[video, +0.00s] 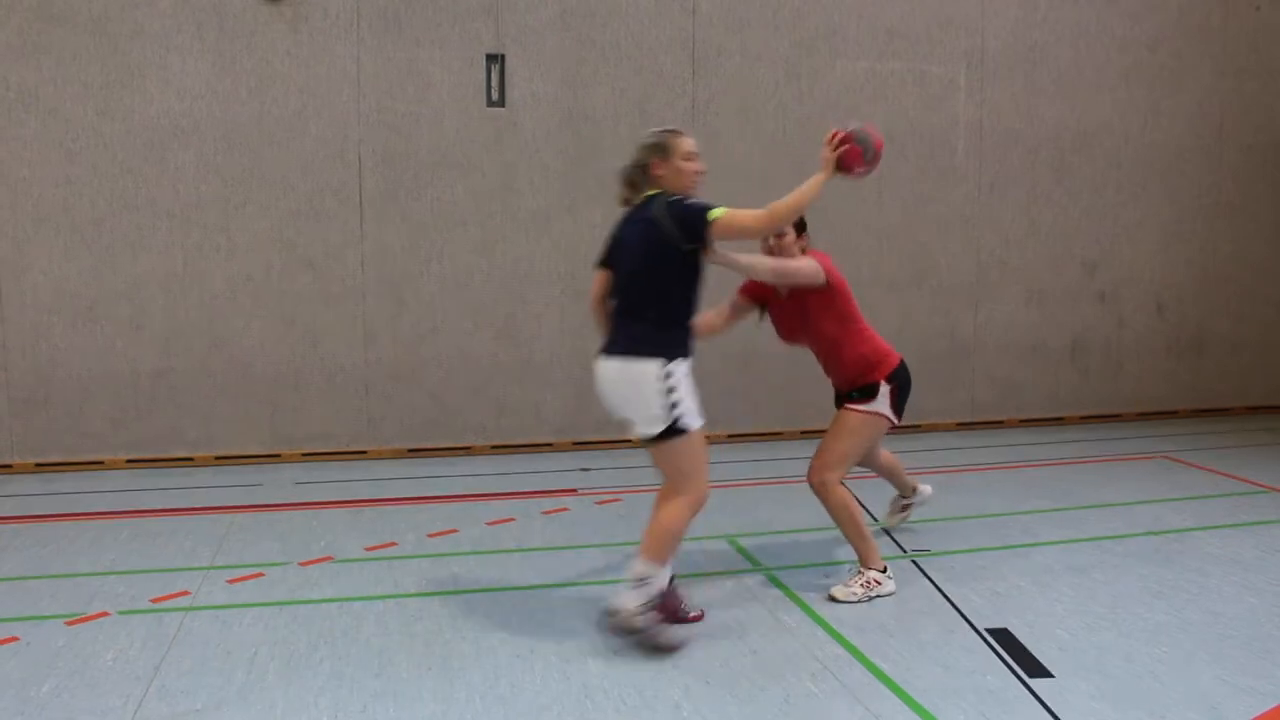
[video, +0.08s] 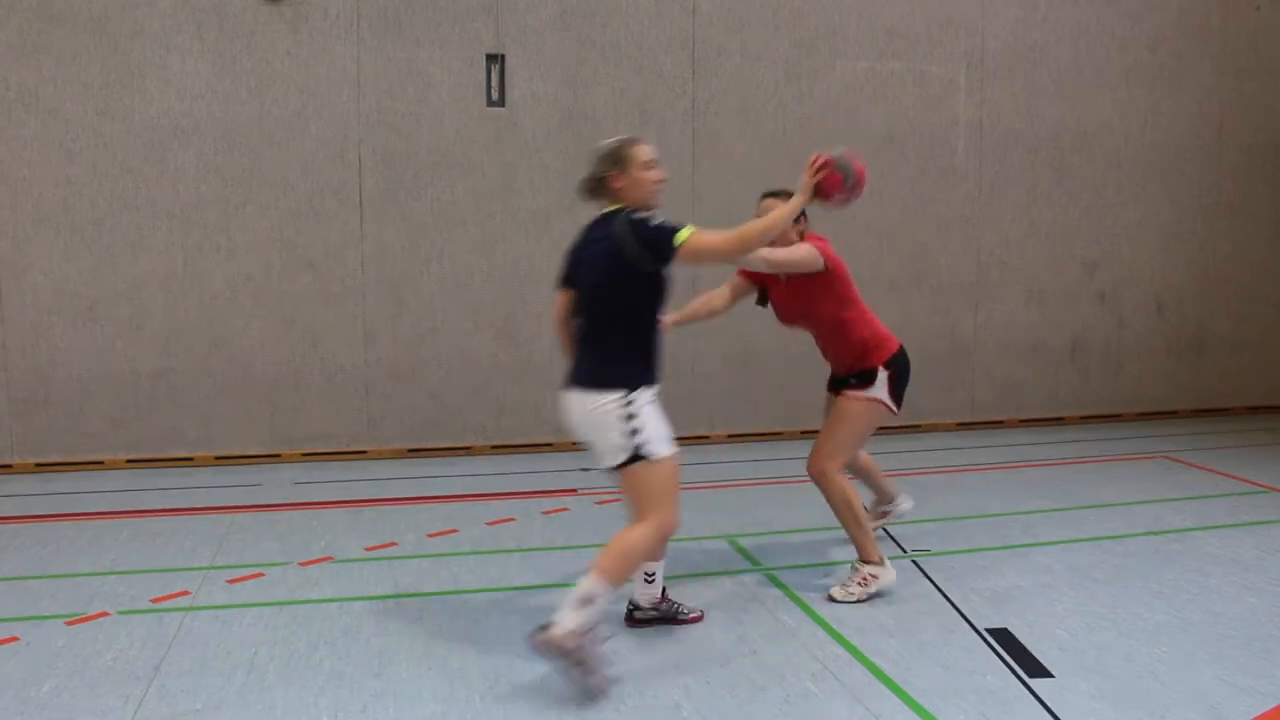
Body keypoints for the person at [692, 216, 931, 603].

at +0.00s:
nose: (772, 243)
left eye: (781, 235)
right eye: (767, 237)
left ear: (801, 239)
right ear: (760, 243)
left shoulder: (818, 267)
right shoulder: (760, 285)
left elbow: (774, 271)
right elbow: (719, 319)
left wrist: (718, 255)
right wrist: (673, 326)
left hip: (880, 379)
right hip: (849, 386)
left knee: (824, 475)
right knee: (865, 452)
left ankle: (875, 570)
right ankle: (909, 490)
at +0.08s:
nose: (769, 232)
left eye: (777, 225)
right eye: (764, 226)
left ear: (800, 225)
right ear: (756, 230)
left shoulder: (817, 251)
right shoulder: (759, 269)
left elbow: (773, 259)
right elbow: (721, 298)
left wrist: (731, 248)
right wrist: (673, 319)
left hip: (878, 364)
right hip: (846, 369)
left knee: (824, 467)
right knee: (840, 448)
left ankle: (874, 566)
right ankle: (889, 497)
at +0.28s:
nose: (756, 242)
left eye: (764, 234)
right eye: (751, 235)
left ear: (792, 233)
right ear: (752, 238)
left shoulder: (815, 263)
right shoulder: (764, 277)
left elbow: (786, 278)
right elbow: (710, 309)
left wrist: (719, 259)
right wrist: (659, 315)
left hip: (872, 384)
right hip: (834, 385)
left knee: (811, 474)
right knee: (791, 459)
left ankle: (846, 586)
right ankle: (840, 516)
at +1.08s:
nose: (745, 221)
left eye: (752, 214)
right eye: (744, 214)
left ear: (778, 218)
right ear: (755, 220)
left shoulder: (801, 250)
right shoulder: (765, 256)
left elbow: (808, 309)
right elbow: (755, 308)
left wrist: (752, 304)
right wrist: (712, 317)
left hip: (850, 348)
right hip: (821, 350)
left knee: (807, 434)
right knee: (797, 430)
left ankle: (823, 537)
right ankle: (830, 495)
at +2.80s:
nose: (762, 229)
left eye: (768, 221)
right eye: (761, 221)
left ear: (795, 221)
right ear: (791, 223)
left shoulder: (813, 247)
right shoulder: (797, 260)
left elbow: (777, 295)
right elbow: (768, 318)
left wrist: (724, 268)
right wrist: (714, 316)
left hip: (881, 362)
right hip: (867, 364)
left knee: (832, 462)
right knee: (843, 450)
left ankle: (874, 566)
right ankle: (883, 520)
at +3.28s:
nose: (761, 248)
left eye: (770, 242)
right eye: (759, 242)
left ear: (794, 249)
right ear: (760, 246)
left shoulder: (800, 272)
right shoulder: (776, 284)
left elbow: (765, 288)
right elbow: (785, 348)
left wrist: (727, 264)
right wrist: (741, 333)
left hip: (848, 399)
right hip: (826, 403)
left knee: (800, 483)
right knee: (823, 486)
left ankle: (858, 582)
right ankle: (892, 504)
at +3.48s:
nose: (785, 252)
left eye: (794, 245)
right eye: (781, 244)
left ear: (813, 251)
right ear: (772, 246)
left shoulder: (823, 279)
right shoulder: (773, 283)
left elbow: (809, 303)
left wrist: (764, 273)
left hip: (852, 408)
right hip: (815, 413)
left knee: (802, 481)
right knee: (835, 495)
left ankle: (849, 583)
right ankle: (893, 500)